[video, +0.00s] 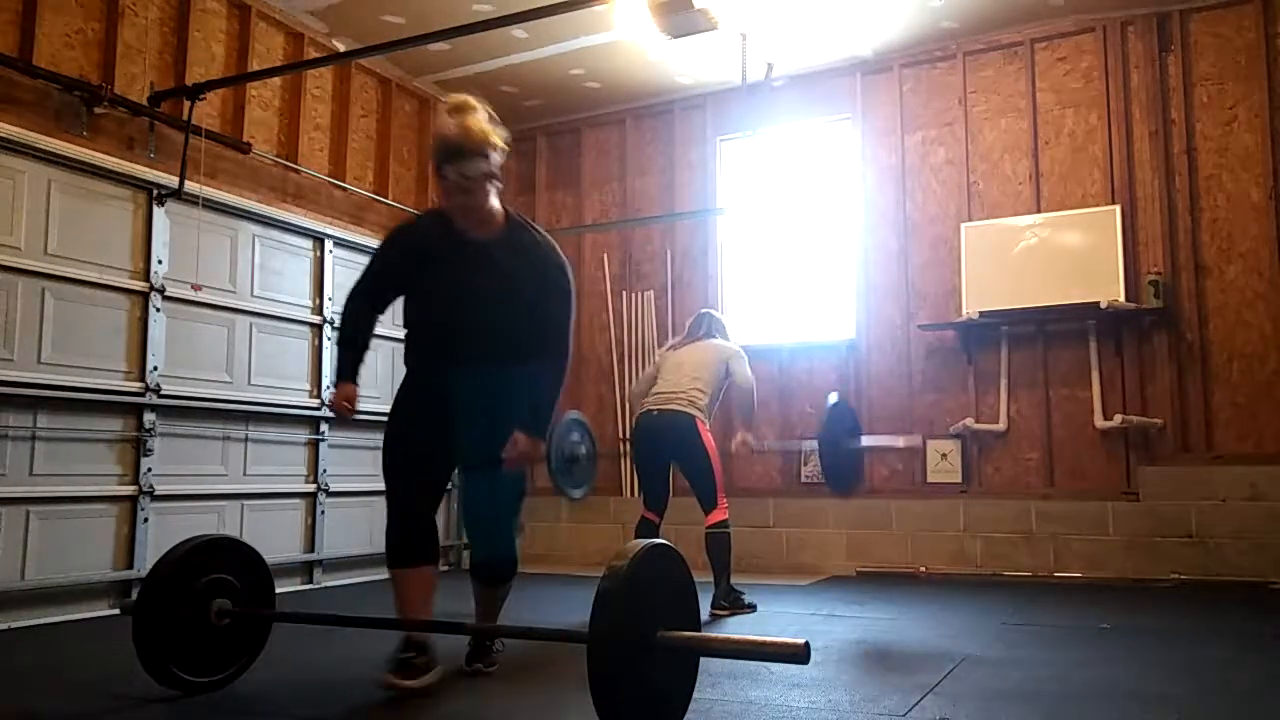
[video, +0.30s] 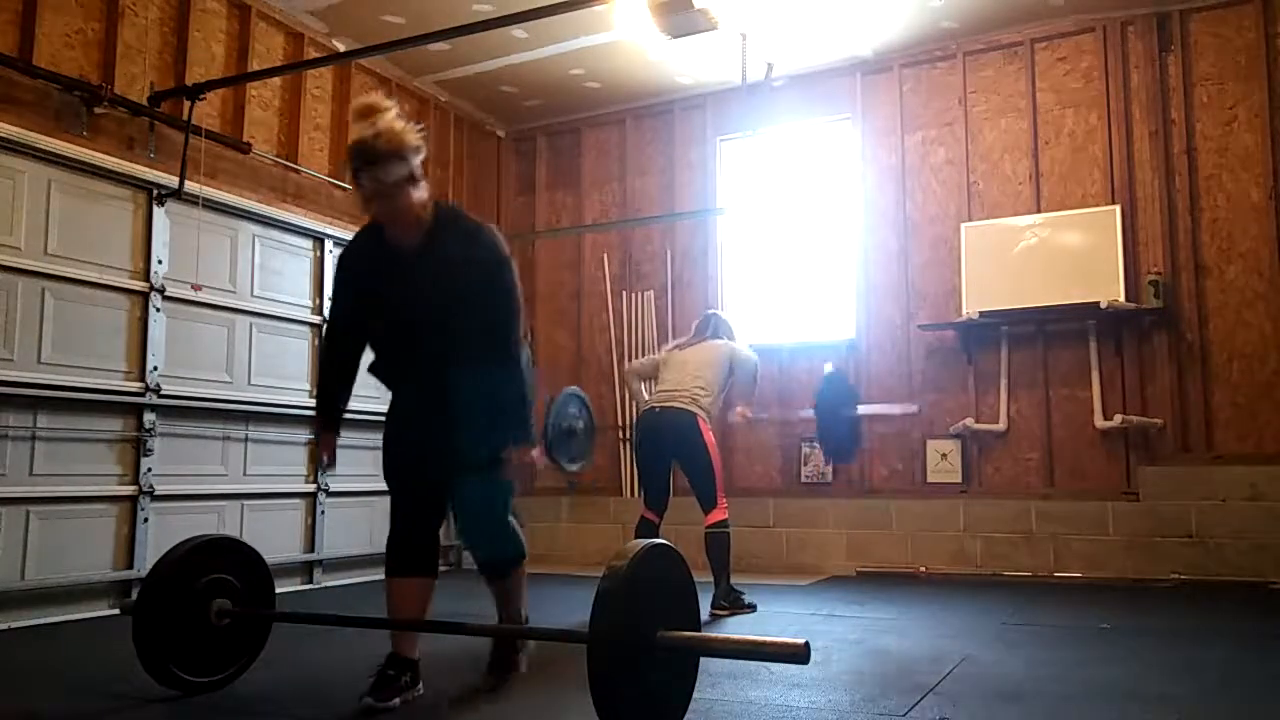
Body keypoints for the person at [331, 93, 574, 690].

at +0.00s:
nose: (476, 194)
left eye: (485, 181)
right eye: (463, 182)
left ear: (501, 174)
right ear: (440, 178)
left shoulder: (541, 259)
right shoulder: (414, 241)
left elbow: (554, 351)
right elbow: (364, 305)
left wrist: (534, 425)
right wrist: (347, 376)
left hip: (502, 413)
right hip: (425, 405)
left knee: (491, 529)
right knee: (408, 514)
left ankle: (485, 637)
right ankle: (417, 645)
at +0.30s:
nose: (406, 198)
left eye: (412, 182)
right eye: (388, 190)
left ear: (426, 175)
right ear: (363, 192)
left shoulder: (476, 243)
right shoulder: (361, 257)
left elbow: (509, 344)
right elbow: (341, 345)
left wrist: (521, 430)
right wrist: (327, 424)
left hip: (483, 407)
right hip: (413, 411)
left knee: (487, 527)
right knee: (410, 535)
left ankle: (512, 626)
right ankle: (403, 662)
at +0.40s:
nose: (374, 237)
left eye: (383, 219)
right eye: (358, 227)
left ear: (403, 205)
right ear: (340, 225)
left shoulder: (458, 257)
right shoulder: (347, 289)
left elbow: (488, 364)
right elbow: (338, 381)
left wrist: (503, 458)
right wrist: (329, 463)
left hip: (489, 399)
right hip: (418, 406)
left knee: (486, 518)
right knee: (411, 525)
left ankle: (502, 654)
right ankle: (403, 662)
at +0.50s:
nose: (346, 283)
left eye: (354, 268)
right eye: (334, 273)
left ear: (384, 254)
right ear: (323, 272)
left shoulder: (453, 300)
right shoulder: (337, 330)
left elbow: (476, 410)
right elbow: (332, 424)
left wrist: (480, 513)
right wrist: (325, 510)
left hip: (502, 408)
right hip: (425, 420)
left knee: (484, 524)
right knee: (403, 523)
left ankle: (487, 668)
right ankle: (403, 663)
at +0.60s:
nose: (333, 339)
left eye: (342, 321)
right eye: (321, 326)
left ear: (369, 306)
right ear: (311, 321)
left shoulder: (444, 346)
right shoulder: (333, 381)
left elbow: (470, 468)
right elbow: (323, 482)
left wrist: (478, 581)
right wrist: (313, 577)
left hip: (514, 418)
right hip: (432, 436)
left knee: (476, 532)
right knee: (392, 516)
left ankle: (483, 673)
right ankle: (402, 664)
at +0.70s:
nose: (320, 374)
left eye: (331, 358)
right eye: (309, 363)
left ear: (365, 344)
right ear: (299, 358)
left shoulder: (437, 375)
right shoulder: (325, 410)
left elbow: (469, 505)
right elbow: (314, 505)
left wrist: (475, 598)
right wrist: (302, 599)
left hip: (521, 431)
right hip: (439, 446)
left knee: (468, 528)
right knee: (385, 514)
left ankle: (483, 675)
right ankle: (400, 665)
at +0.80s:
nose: (320, 372)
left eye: (330, 355)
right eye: (309, 360)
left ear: (364, 338)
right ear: (301, 356)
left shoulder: (436, 372)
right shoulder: (326, 412)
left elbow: (469, 509)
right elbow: (315, 502)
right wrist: (304, 592)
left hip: (522, 430)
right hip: (437, 446)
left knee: (464, 529)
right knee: (385, 514)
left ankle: (482, 673)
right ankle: (400, 665)